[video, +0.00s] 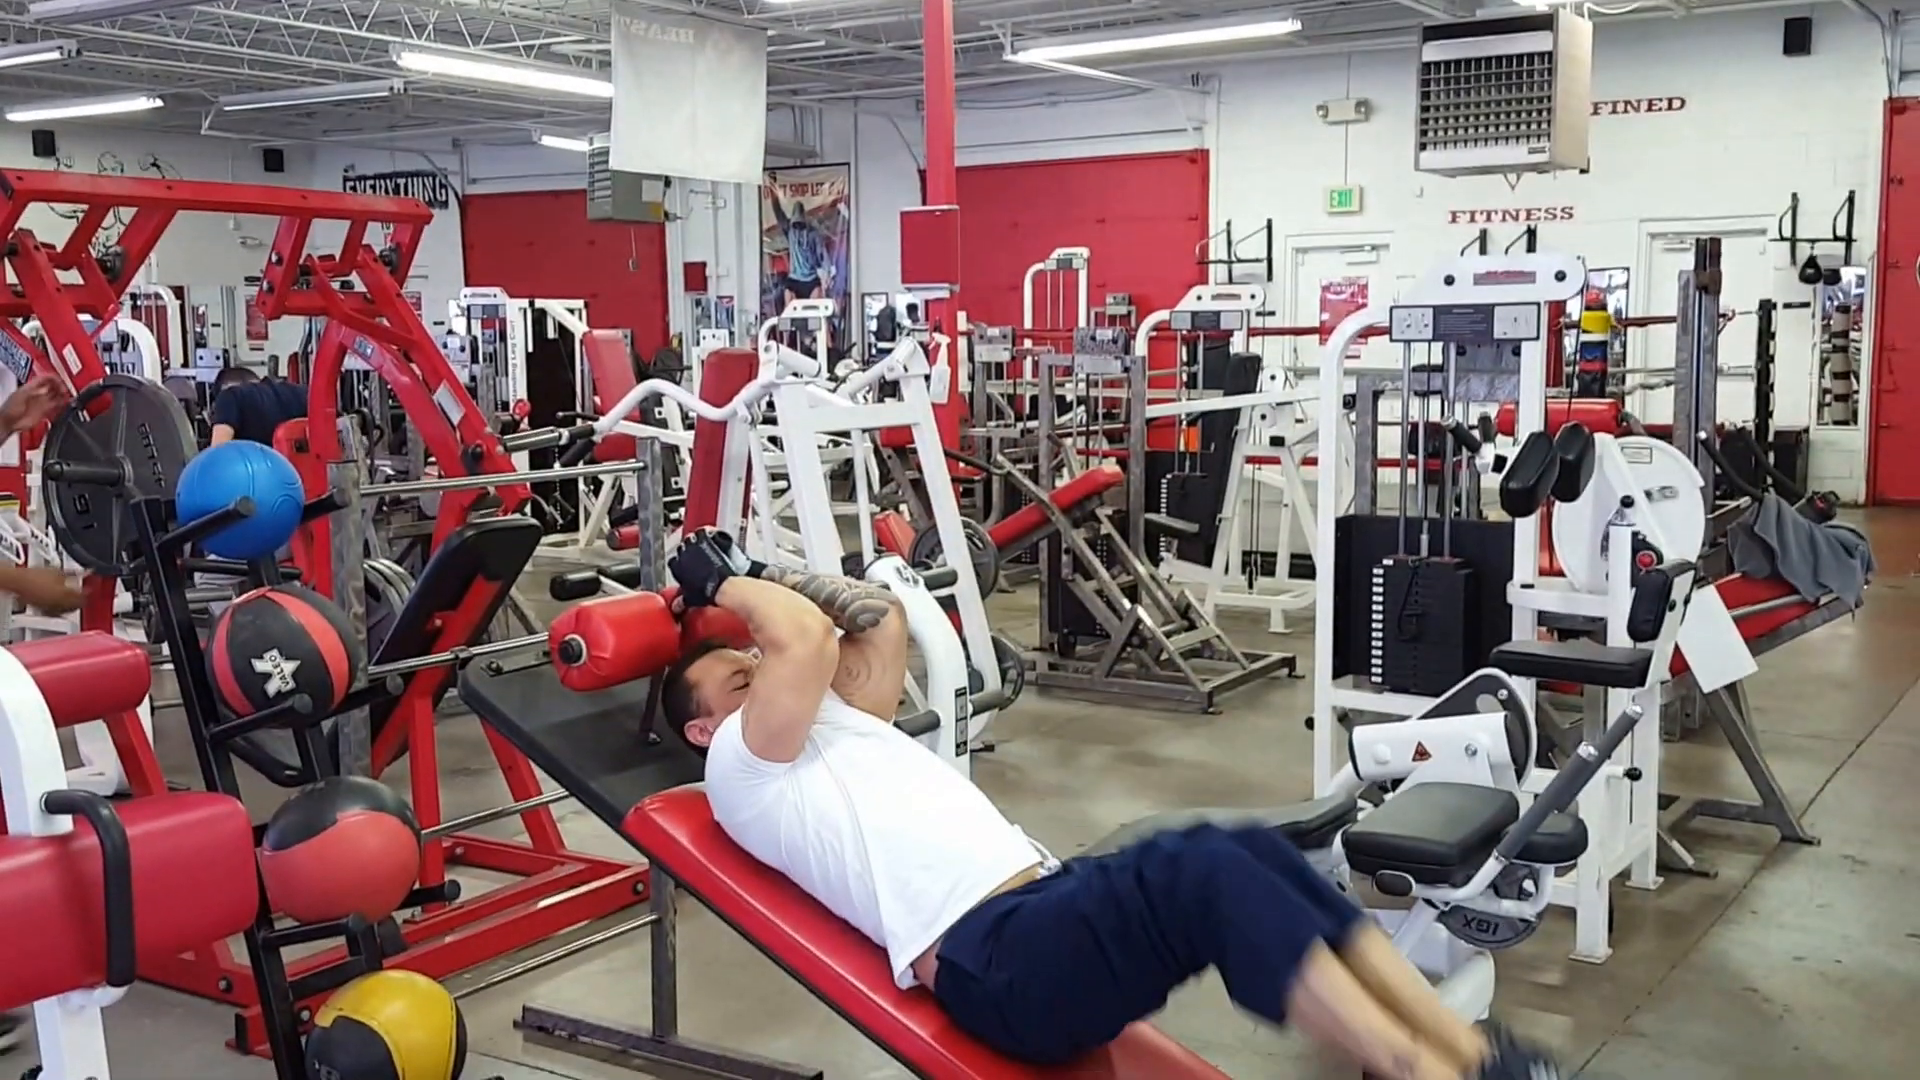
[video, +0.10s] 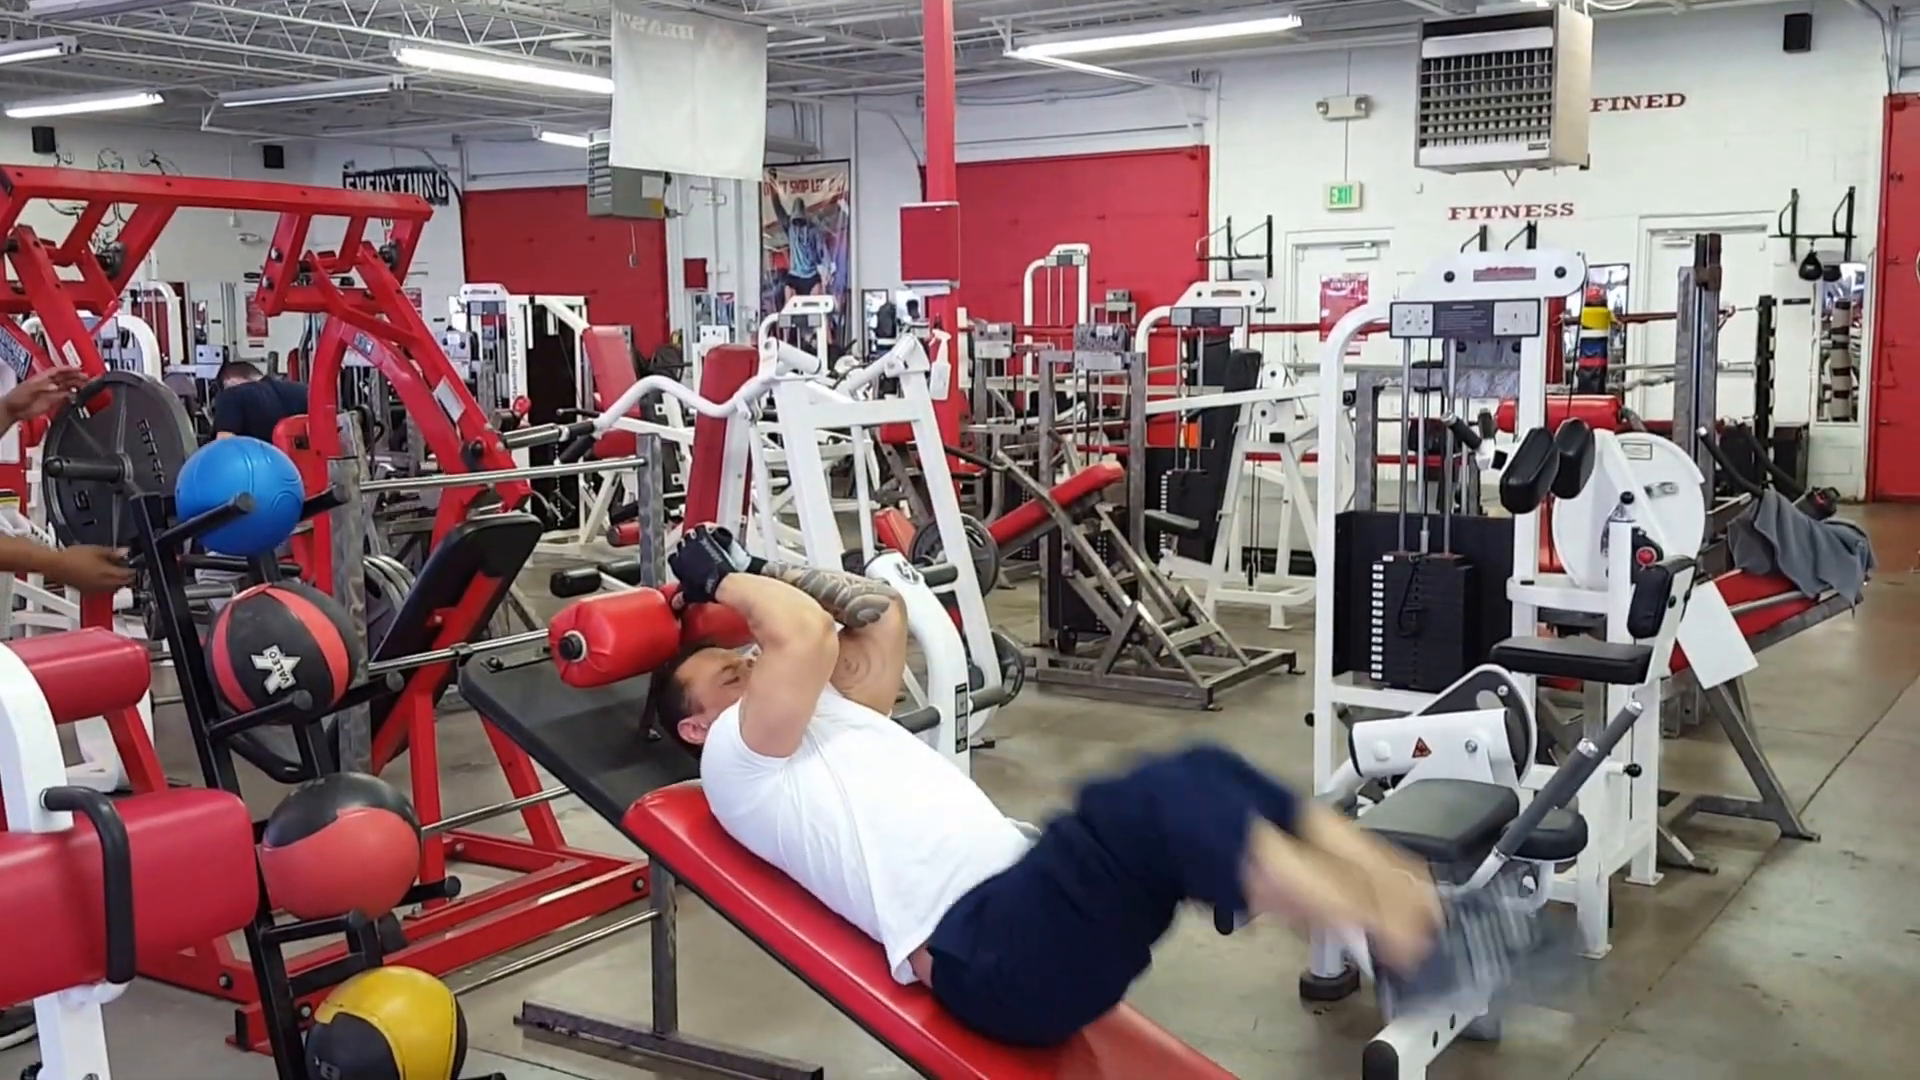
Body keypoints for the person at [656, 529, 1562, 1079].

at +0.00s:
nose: (747, 682)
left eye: (740, 671)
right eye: (724, 683)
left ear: (757, 678)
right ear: (699, 724)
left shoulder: (846, 725)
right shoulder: (737, 771)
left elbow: (884, 613)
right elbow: (800, 633)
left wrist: (773, 600)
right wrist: (721, 583)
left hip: (1056, 905)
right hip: (986, 959)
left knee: (1265, 848)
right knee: (1212, 866)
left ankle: (1472, 1052)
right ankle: (1407, 1066)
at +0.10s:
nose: (740, 672)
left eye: (731, 663)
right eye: (718, 674)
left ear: (748, 681)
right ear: (697, 722)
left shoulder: (842, 721)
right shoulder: (736, 767)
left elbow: (882, 609)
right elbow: (799, 627)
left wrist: (785, 603)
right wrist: (716, 578)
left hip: (1047, 912)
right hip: (985, 956)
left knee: (1209, 770)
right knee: (1155, 798)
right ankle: (1389, 938)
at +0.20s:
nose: (742, 663)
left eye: (733, 656)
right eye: (713, 672)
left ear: (757, 662)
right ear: (689, 721)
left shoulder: (834, 711)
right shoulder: (730, 759)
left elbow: (882, 610)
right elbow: (801, 626)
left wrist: (770, 574)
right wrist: (726, 572)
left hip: (1029, 890)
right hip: (979, 940)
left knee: (1125, 693)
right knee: (1072, 720)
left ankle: (1338, 723)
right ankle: (1318, 741)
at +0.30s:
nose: (728, 662)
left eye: (721, 654)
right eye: (704, 670)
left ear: (742, 658)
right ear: (684, 726)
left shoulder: (824, 711)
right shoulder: (724, 749)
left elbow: (879, 616)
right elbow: (800, 624)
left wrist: (790, 586)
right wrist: (722, 572)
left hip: (1046, 878)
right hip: (995, 909)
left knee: (1011, 659)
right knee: (982, 663)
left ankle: (1195, 555)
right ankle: (1196, 548)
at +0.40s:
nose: (729, 667)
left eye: (721, 660)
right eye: (707, 673)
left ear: (738, 665)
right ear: (682, 727)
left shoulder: (816, 715)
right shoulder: (716, 750)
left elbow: (860, 646)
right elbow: (798, 619)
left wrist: (769, 572)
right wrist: (721, 567)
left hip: (1064, 815)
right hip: (990, 845)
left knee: (958, 615)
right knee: (913, 611)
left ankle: (1095, 440)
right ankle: (1073, 434)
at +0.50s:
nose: (722, 660)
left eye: (715, 654)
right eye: (701, 667)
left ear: (730, 658)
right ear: (681, 718)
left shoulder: (804, 709)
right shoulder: (711, 746)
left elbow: (848, 640)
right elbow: (794, 623)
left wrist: (769, 583)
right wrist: (723, 567)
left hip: (1051, 753)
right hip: (977, 788)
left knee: (937, 561)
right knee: (872, 559)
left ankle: (1001, 350)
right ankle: (984, 339)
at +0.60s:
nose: (718, 656)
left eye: (712, 653)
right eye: (698, 664)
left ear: (732, 660)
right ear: (675, 713)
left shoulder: (797, 710)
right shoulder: (706, 741)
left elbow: (857, 640)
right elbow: (785, 616)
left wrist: (783, 595)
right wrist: (717, 560)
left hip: (1038, 702)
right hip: (968, 735)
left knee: (936, 504)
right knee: (864, 499)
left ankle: (951, 258)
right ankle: (929, 241)